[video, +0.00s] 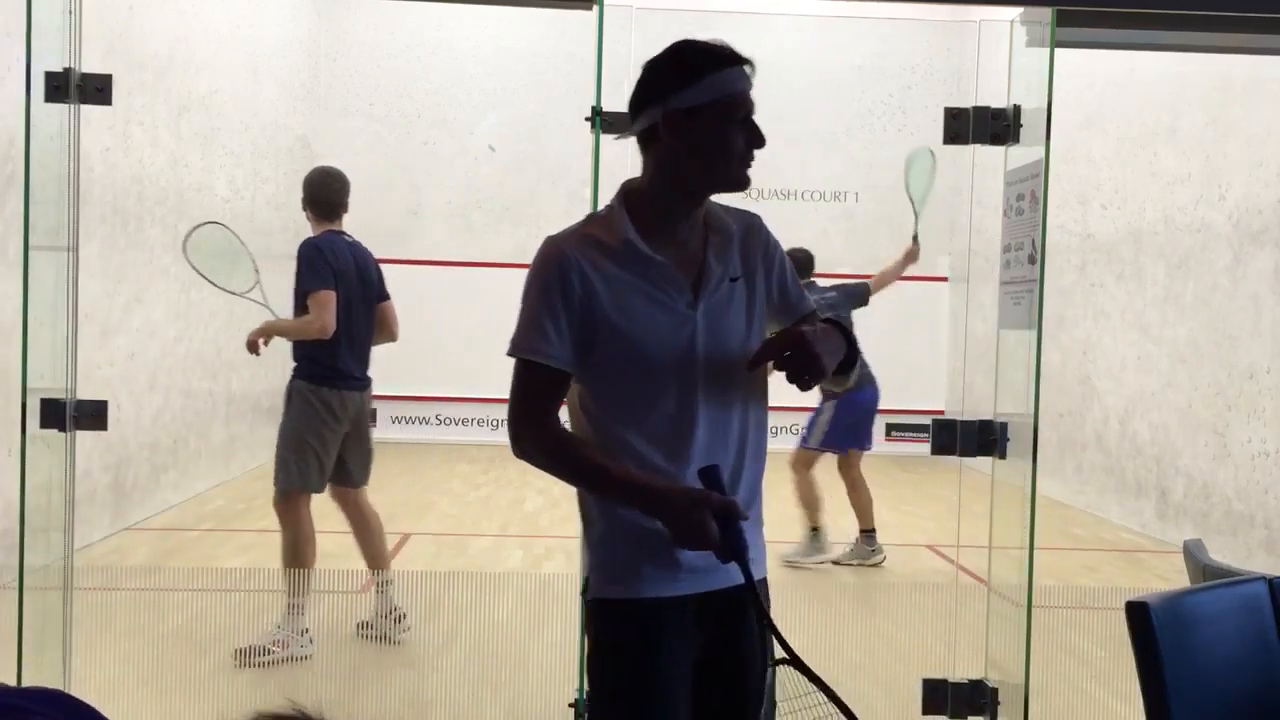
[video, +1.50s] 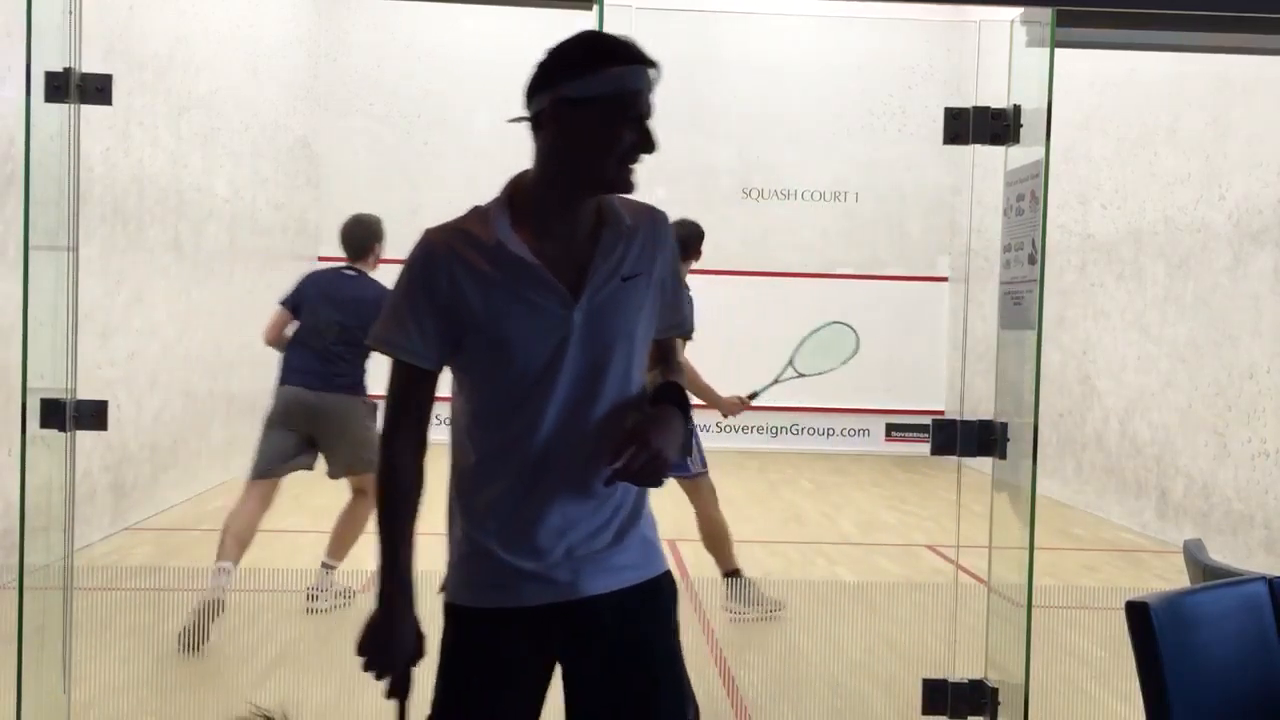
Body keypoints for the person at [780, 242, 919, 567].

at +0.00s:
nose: (777, 281)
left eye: (779, 275)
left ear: (785, 275)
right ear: (811, 271)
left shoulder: (786, 303)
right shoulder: (833, 295)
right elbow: (876, 283)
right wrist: (904, 260)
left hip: (839, 397)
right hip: (864, 392)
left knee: (800, 463)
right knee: (850, 466)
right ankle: (868, 543)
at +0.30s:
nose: (730, 258)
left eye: (732, 254)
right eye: (733, 253)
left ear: (739, 258)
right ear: (764, 259)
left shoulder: (723, 292)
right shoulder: (784, 291)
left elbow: (712, 348)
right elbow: (839, 284)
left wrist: (707, 394)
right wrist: (846, 253)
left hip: (741, 394)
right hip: (782, 394)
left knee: (736, 469)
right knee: (790, 467)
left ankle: (727, 547)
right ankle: (814, 543)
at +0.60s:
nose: (687, 248)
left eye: (693, 243)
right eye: (690, 242)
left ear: (708, 252)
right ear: (719, 255)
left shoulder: (692, 290)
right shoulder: (746, 290)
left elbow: (691, 344)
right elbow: (791, 328)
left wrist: (670, 378)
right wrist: (772, 349)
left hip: (699, 396)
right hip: (735, 397)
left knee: (666, 470)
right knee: (718, 477)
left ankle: (646, 550)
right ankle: (714, 555)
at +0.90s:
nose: (643, 256)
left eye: (648, 250)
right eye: (646, 249)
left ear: (663, 256)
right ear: (681, 259)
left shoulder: (632, 295)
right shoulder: (705, 301)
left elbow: (616, 350)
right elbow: (720, 356)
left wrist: (619, 394)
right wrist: (721, 405)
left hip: (647, 411)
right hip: (692, 411)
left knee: (627, 493)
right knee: (702, 481)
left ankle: (619, 570)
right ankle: (709, 555)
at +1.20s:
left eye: (651, 255)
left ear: (652, 259)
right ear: (686, 262)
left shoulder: (628, 293)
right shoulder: (700, 298)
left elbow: (607, 347)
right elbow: (720, 346)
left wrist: (607, 394)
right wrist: (729, 396)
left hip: (638, 406)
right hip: (688, 408)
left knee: (609, 483)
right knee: (717, 487)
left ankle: (575, 551)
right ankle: (742, 566)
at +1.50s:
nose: (699, 261)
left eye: (698, 254)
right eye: (699, 255)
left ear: (665, 245)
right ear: (693, 253)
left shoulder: (636, 282)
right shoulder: (674, 290)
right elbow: (671, 359)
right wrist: (718, 400)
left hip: (620, 401)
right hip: (662, 405)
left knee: (616, 499)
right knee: (704, 496)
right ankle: (735, 585)